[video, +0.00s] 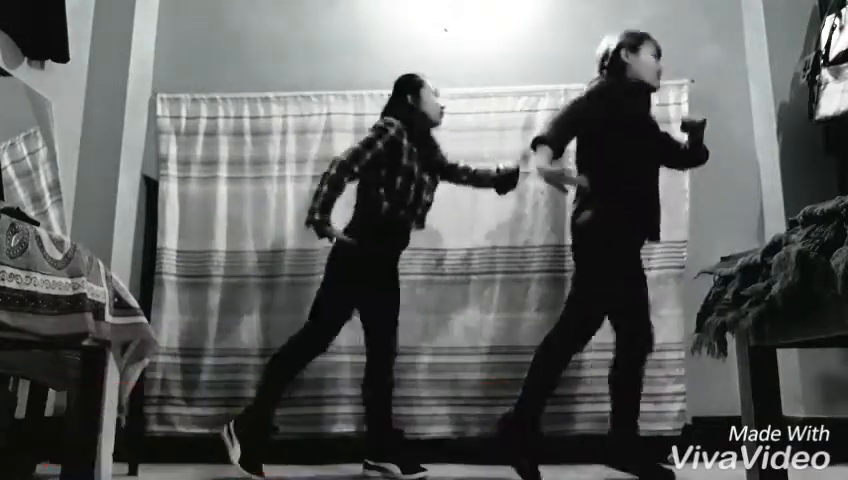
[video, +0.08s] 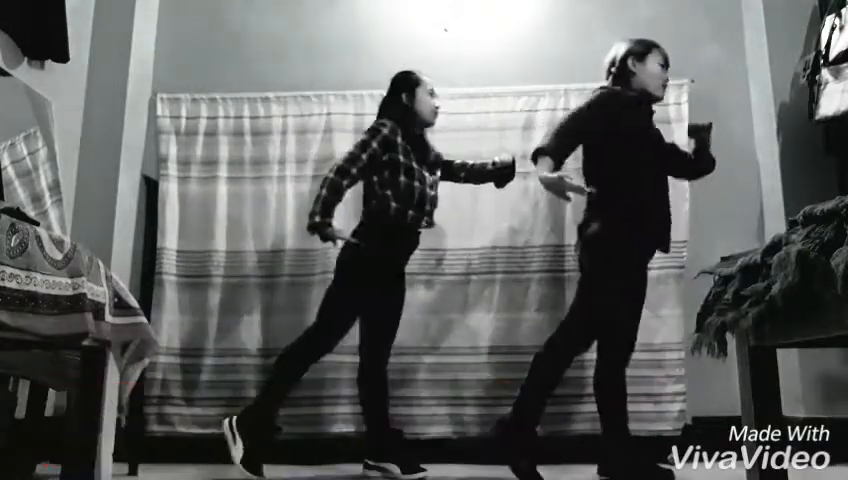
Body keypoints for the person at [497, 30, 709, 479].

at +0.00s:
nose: (662, 65)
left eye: (660, 57)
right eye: (655, 55)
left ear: (634, 59)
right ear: (627, 56)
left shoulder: (637, 114)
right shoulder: (607, 95)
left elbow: (679, 157)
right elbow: (558, 129)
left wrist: (698, 141)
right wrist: (547, 161)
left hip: (620, 238)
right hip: (602, 236)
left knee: (637, 341)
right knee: (635, 339)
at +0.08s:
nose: (667, 74)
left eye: (666, 67)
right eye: (659, 64)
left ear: (638, 70)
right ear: (631, 66)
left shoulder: (645, 131)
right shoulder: (610, 102)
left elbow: (692, 168)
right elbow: (555, 143)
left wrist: (702, 147)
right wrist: (549, 172)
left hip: (632, 249)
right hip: (607, 244)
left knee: (615, 353)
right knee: (574, 338)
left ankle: (618, 454)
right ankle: (517, 431)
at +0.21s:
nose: (671, 76)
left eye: (671, 70)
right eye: (664, 66)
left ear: (641, 69)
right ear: (637, 66)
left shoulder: (642, 127)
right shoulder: (615, 101)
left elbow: (686, 170)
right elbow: (572, 128)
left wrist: (704, 151)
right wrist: (552, 167)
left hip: (627, 250)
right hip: (608, 245)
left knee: (613, 354)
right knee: (571, 337)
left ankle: (618, 455)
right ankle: (518, 432)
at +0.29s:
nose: (666, 78)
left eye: (666, 71)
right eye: (660, 68)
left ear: (637, 71)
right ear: (632, 67)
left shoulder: (638, 125)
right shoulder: (610, 102)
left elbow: (676, 171)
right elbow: (555, 144)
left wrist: (699, 160)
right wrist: (547, 173)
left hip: (628, 250)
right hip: (605, 246)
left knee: (612, 354)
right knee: (570, 338)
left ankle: (618, 456)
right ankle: (517, 431)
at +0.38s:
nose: (661, 77)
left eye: (661, 70)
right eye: (655, 68)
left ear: (633, 72)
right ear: (627, 68)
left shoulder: (635, 126)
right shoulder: (605, 103)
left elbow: (674, 170)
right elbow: (551, 147)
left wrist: (697, 158)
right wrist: (544, 177)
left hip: (626, 250)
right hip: (602, 246)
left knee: (611, 354)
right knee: (567, 338)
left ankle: (616, 456)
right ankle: (515, 433)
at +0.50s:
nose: (656, 78)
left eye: (656, 71)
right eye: (649, 68)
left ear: (628, 72)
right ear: (621, 67)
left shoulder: (628, 124)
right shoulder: (599, 104)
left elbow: (664, 170)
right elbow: (549, 147)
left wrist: (690, 159)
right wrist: (538, 178)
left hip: (621, 250)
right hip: (599, 247)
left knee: (608, 356)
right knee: (565, 338)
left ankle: (615, 457)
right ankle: (513, 432)